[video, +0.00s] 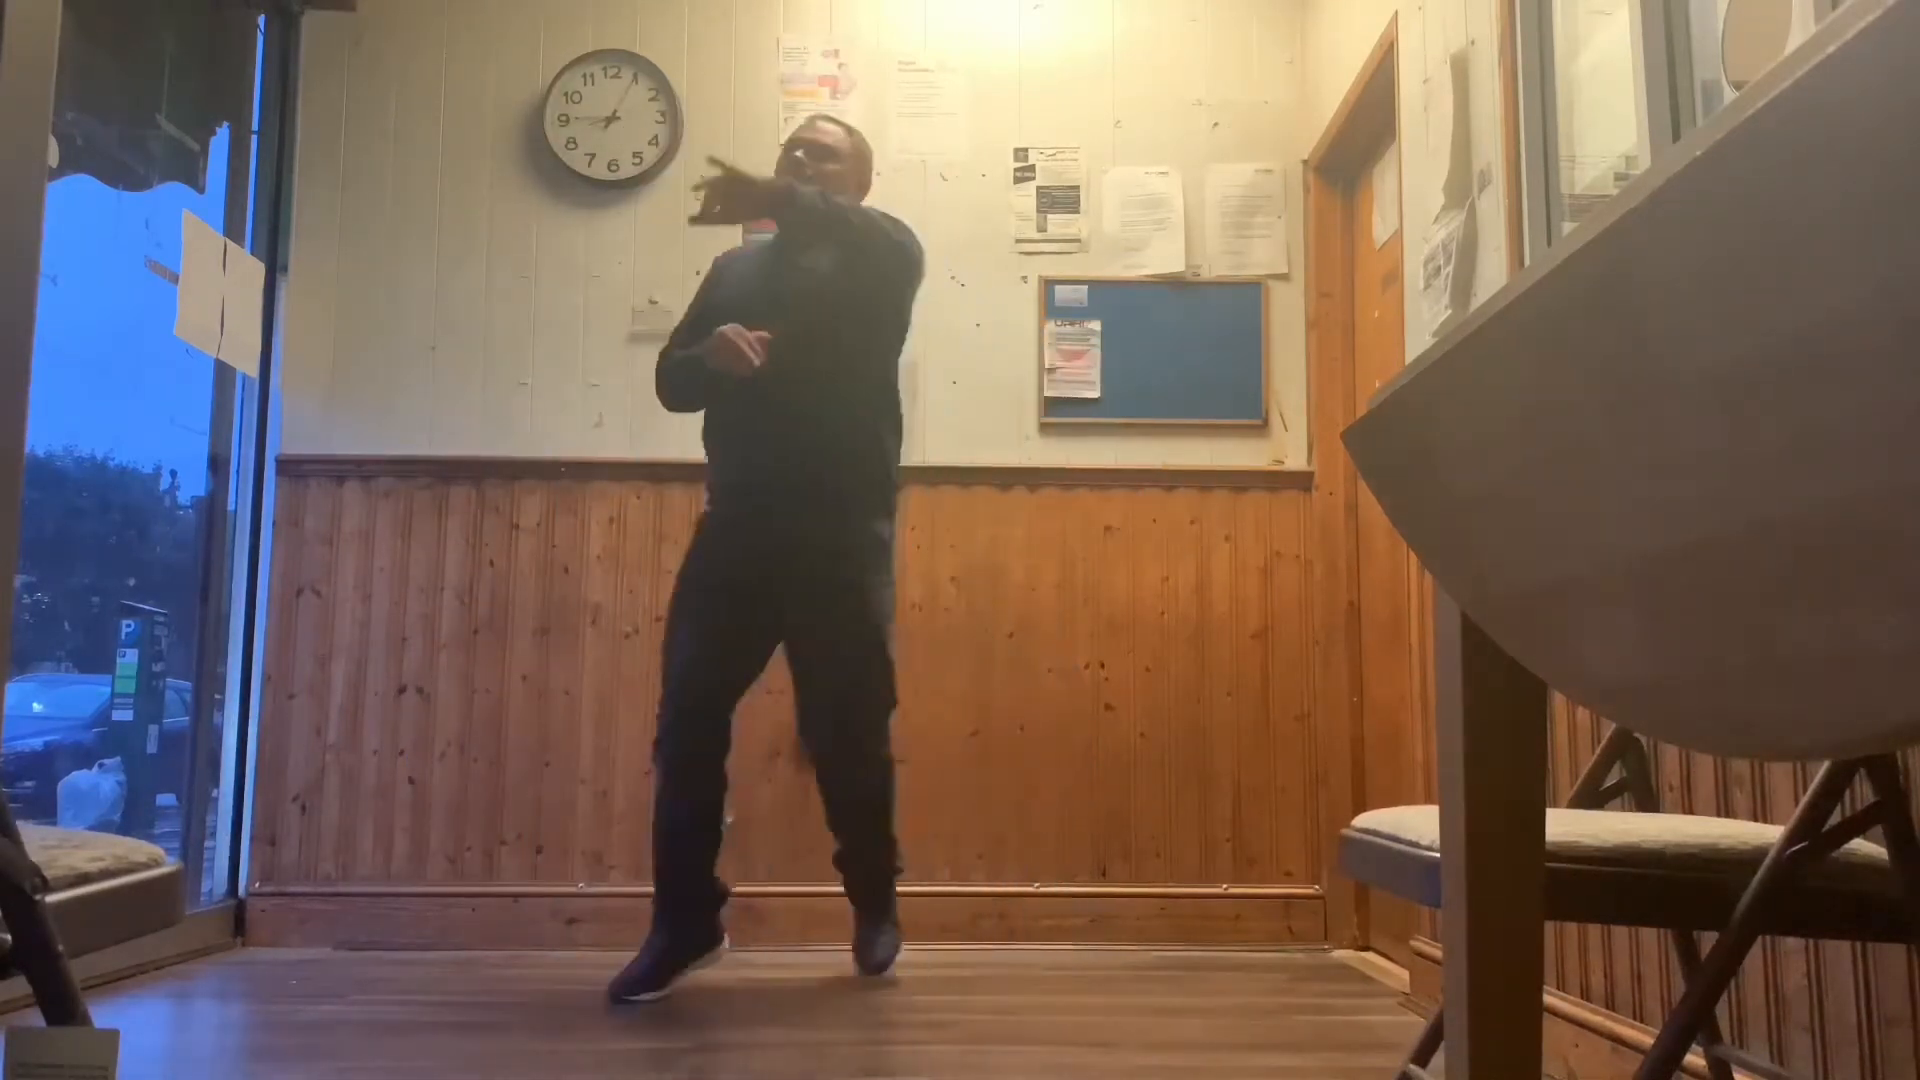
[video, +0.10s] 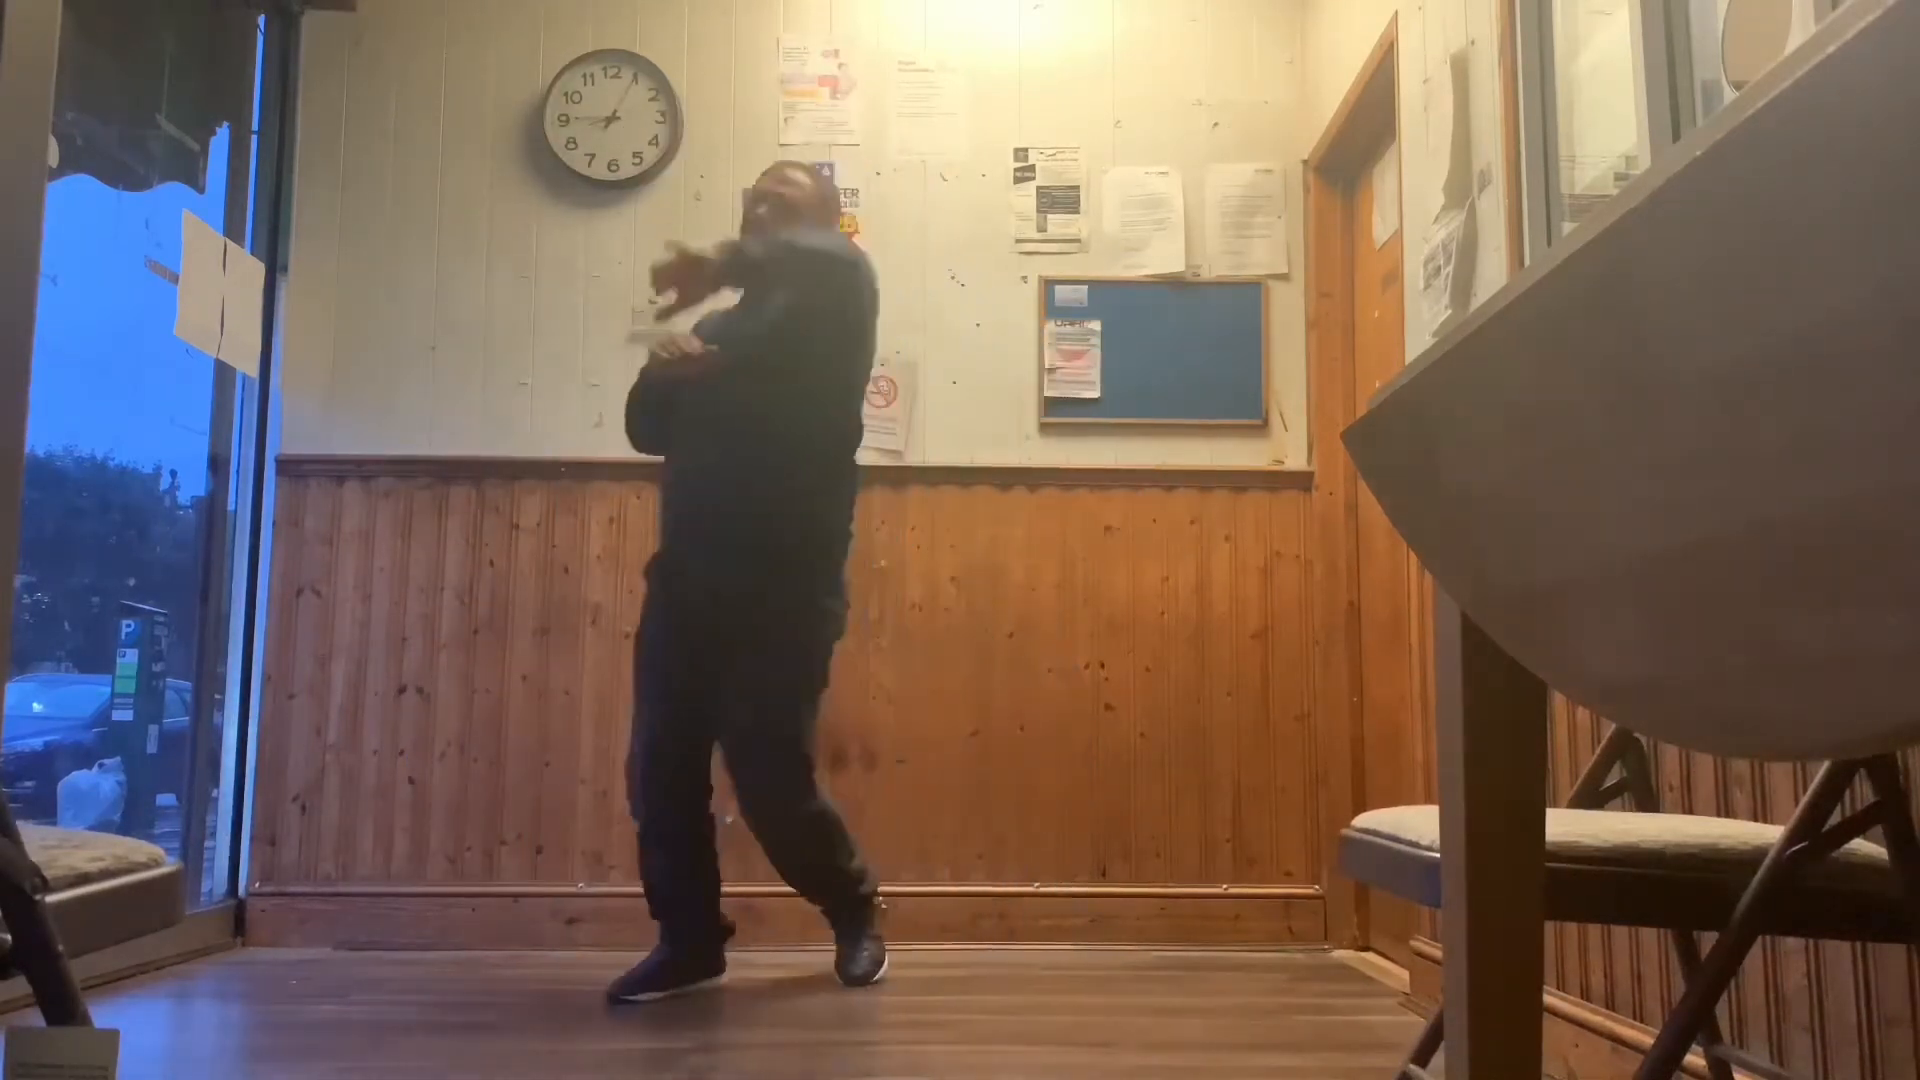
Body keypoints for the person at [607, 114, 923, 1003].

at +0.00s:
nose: (805, 162)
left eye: (828, 153)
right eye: (794, 152)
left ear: (864, 186)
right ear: (774, 175)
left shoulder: (887, 255)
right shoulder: (736, 268)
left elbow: (881, 244)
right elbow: (671, 380)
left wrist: (771, 195)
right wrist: (711, 358)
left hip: (843, 529)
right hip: (739, 526)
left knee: (849, 730)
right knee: (688, 724)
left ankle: (873, 909)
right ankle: (686, 919)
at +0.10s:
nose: (761, 208)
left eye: (785, 200)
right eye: (751, 200)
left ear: (834, 231)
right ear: (741, 225)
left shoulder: (836, 291)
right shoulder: (714, 329)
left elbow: (824, 260)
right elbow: (647, 428)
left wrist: (720, 263)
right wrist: (667, 367)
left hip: (786, 570)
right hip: (692, 567)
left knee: (765, 765)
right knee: (663, 769)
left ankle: (854, 912)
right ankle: (690, 940)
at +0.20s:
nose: (737, 242)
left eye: (758, 229)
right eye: (730, 224)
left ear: (798, 245)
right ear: (717, 233)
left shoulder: (813, 313)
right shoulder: (696, 339)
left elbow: (794, 376)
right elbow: (607, 409)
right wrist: (619, 344)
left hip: (750, 585)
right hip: (659, 578)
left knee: (694, 777)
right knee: (620, 778)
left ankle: (836, 876)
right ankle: (687, 942)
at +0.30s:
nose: (726, 234)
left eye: (743, 219)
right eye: (715, 217)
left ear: (782, 229)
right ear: (697, 223)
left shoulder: (805, 324)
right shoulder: (664, 305)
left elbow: (821, 454)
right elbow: (568, 298)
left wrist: (783, 564)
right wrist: (597, 234)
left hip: (724, 568)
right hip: (634, 560)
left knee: (629, 723)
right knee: (622, 756)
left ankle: (687, 931)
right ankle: (697, 937)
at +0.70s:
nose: (737, 209)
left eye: (753, 198)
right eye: (723, 196)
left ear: (783, 216)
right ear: (697, 209)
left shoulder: (807, 322)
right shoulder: (643, 294)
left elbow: (865, 455)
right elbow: (518, 321)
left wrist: (853, 432)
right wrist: (606, 281)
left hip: (744, 546)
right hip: (640, 544)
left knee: (708, 696)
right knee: (627, 749)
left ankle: (721, 910)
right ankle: (666, 937)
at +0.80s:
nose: (756, 203)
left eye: (773, 196)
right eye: (741, 189)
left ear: (793, 223)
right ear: (705, 208)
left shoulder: (812, 311)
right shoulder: (648, 287)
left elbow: (898, 412)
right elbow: (551, 267)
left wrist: (887, 400)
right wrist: (655, 201)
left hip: (768, 545)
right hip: (658, 549)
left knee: (790, 685)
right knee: (646, 765)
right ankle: (678, 942)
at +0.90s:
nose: (784, 173)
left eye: (797, 161)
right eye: (765, 157)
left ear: (811, 180)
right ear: (726, 166)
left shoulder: (831, 284)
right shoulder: (668, 255)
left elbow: (878, 384)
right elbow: (628, 192)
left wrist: (906, 461)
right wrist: (734, 117)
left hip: (806, 515)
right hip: (693, 523)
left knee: (847, 683)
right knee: (694, 737)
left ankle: (853, 841)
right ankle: (700, 929)